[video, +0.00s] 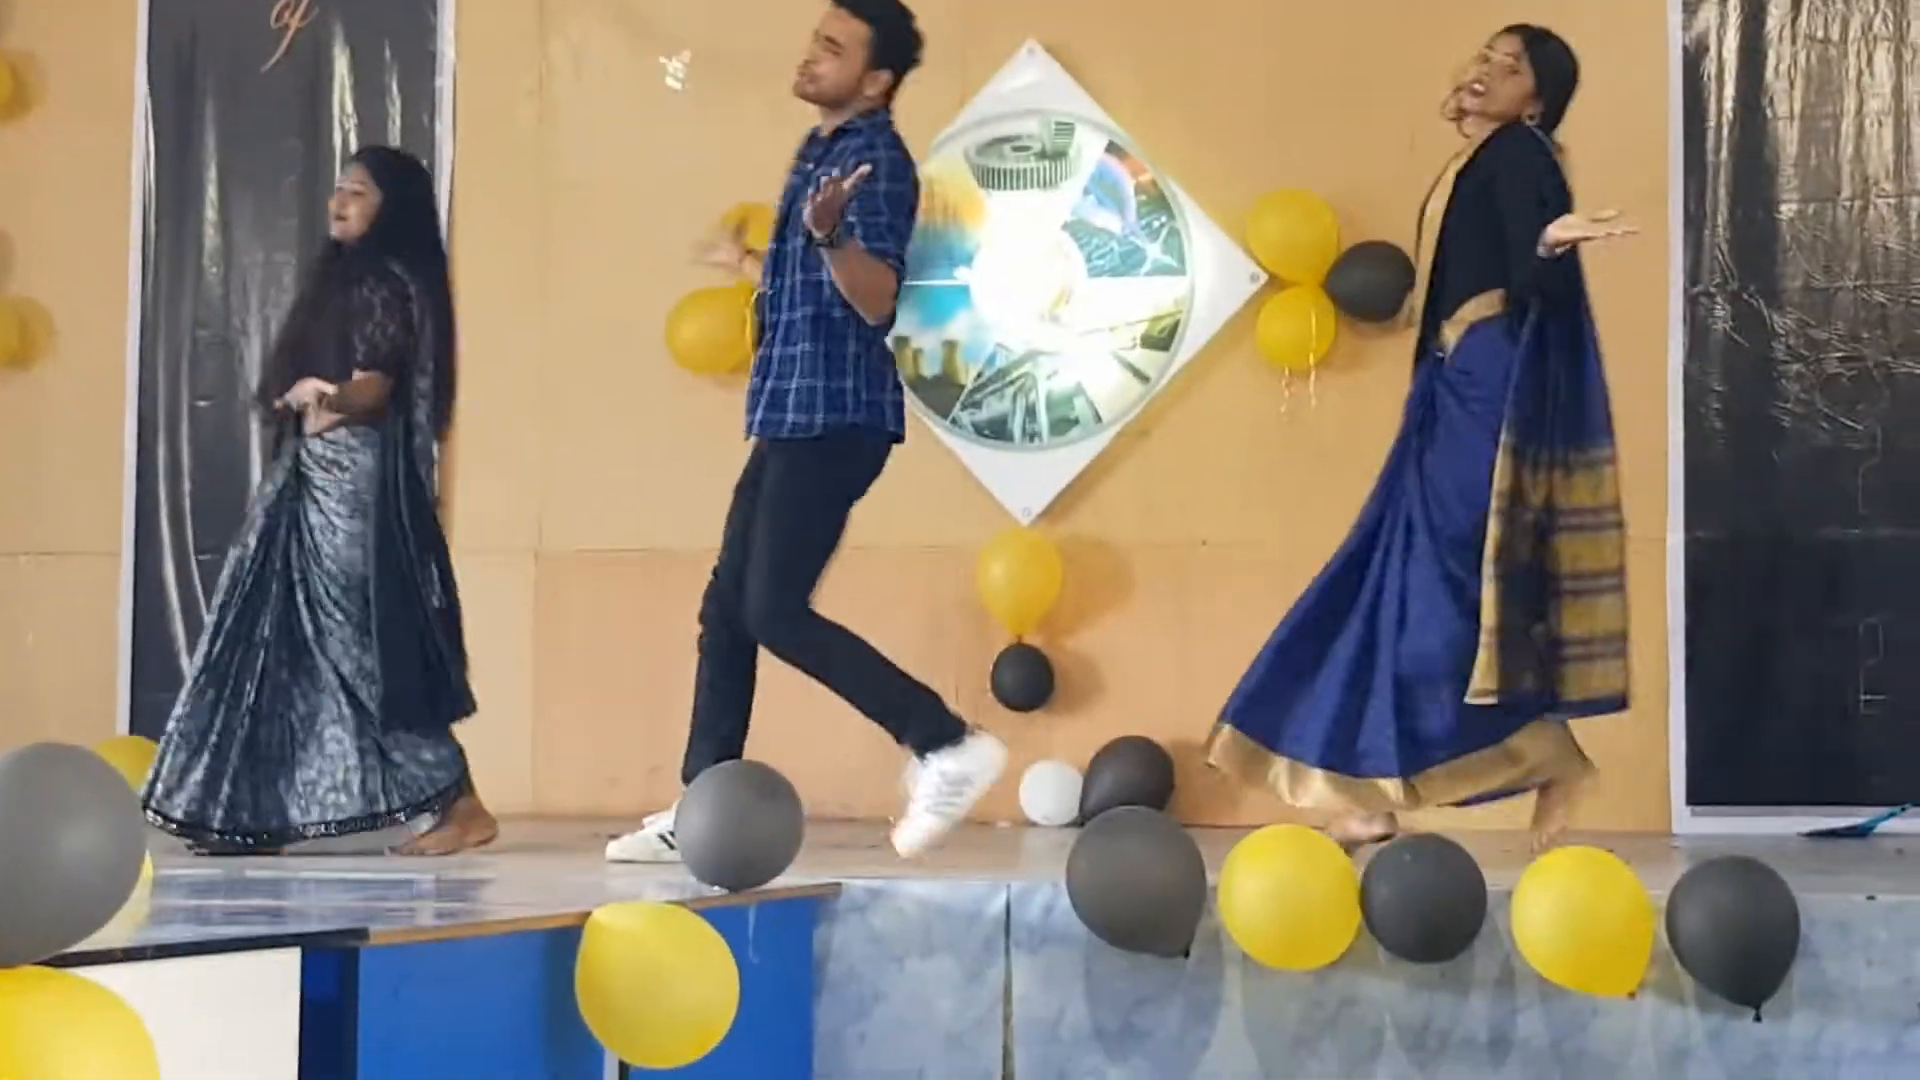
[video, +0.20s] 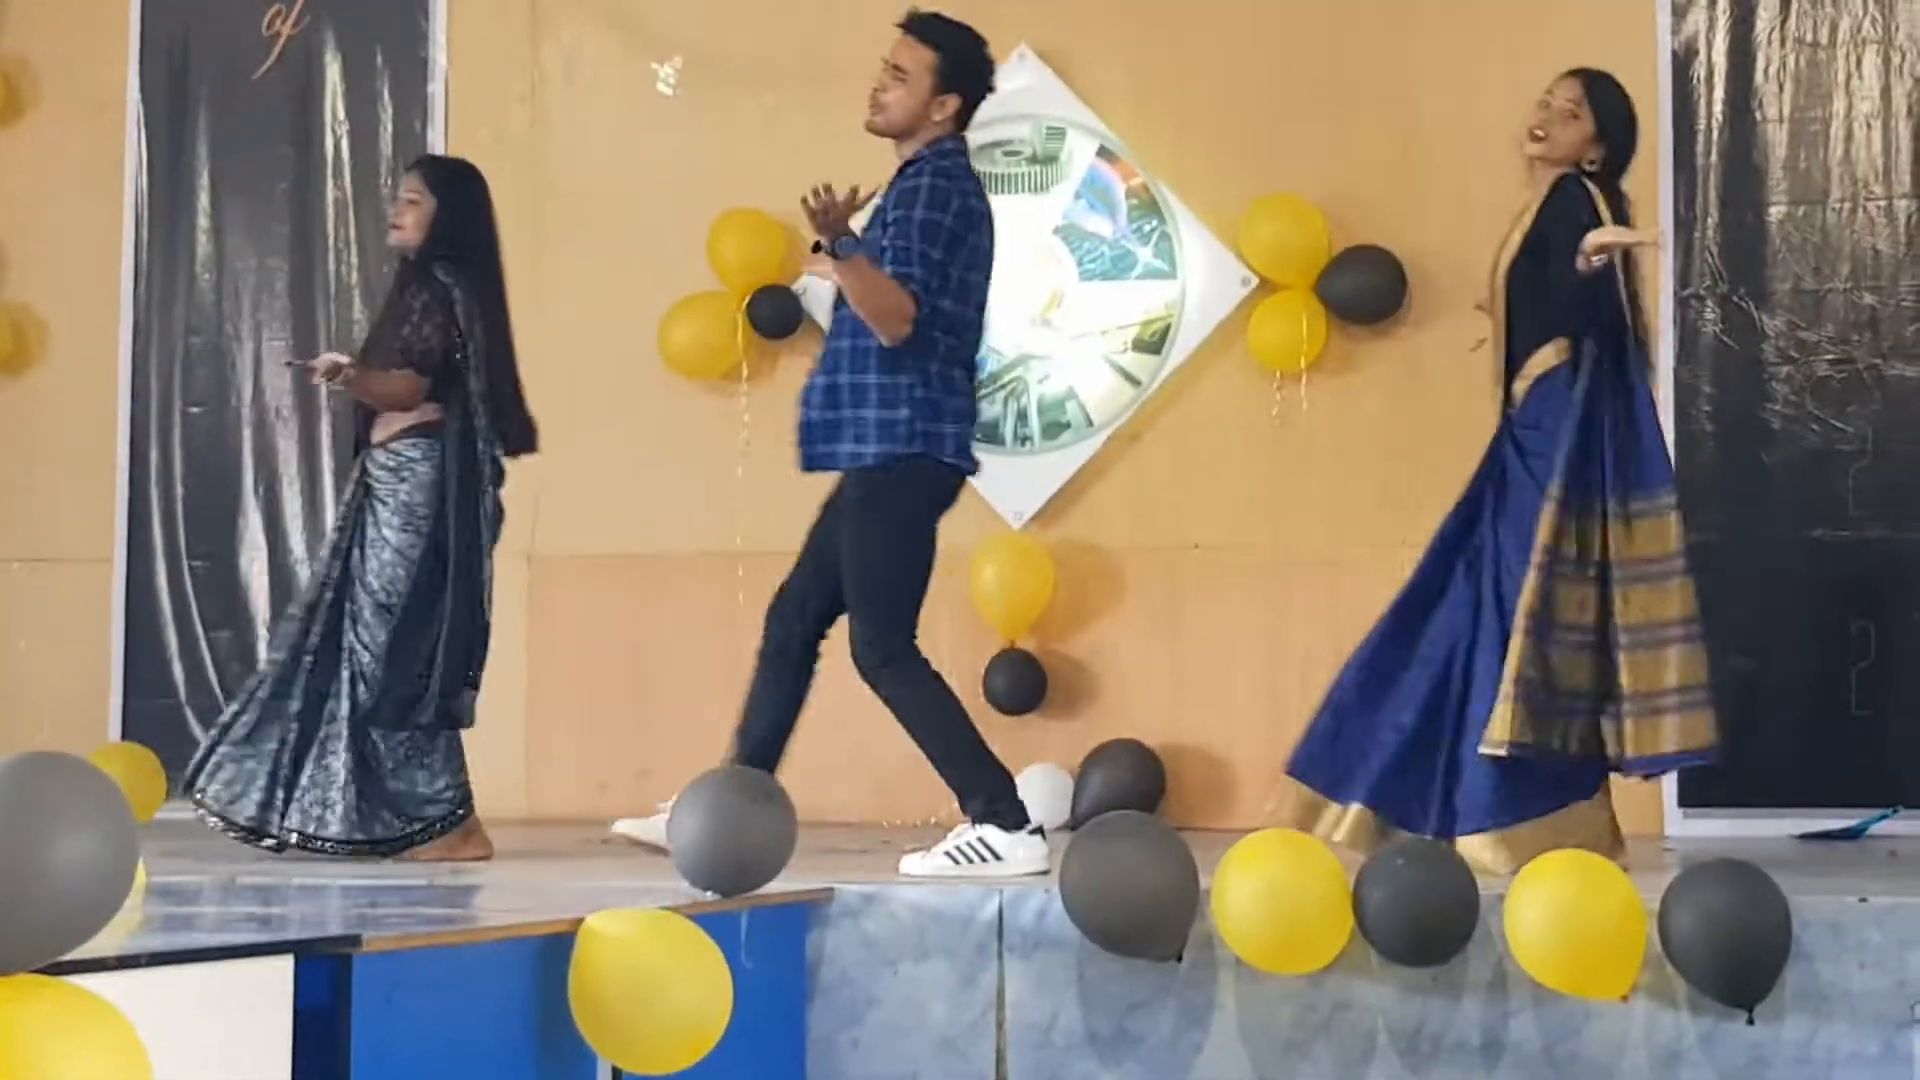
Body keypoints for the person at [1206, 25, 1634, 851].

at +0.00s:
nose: (1483, 69)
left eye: (1506, 66)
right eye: (1485, 55)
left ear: (1534, 99)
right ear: (1472, 73)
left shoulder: (1521, 153)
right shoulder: (1479, 162)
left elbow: (1531, 277)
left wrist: (1549, 238)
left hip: (1495, 383)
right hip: (1451, 386)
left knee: (1468, 570)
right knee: (1402, 574)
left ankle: (1558, 762)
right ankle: (1371, 794)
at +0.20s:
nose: (1543, 116)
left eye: (1566, 110)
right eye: (1544, 101)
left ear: (1597, 140)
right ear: (1534, 117)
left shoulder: (1581, 196)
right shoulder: (1553, 200)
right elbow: (1553, 290)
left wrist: (1617, 244)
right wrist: (1506, 300)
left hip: (1570, 431)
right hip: (1535, 431)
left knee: (1542, 619)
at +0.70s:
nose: (1694, 128)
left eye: (1717, 120)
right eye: (1691, 114)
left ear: (1750, 144)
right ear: (1676, 129)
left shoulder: (1759, 208)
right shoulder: (1678, 220)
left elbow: (1801, 317)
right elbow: (1667, 335)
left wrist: (1814, 241)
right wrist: (1605, 291)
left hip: (1750, 449)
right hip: (1699, 451)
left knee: (1672, 623)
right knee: (1741, 638)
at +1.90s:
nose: (1308, 262)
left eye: (1325, 253)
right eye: (1296, 242)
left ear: (1340, 268)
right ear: (1267, 245)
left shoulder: (1355, 337)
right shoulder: (1227, 327)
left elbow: (1475, 365)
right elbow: (1236, 411)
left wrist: (1518, 276)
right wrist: (1330, 342)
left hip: (1387, 539)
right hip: (1295, 547)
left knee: (1424, 717)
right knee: (1283, 724)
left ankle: (1559, 894)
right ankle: (1245, 919)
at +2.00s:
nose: (1284, 240)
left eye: (1302, 231)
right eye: (1272, 223)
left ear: (1325, 243)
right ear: (1250, 227)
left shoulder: (1350, 317)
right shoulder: (1215, 305)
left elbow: (1458, 347)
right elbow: (1182, 384)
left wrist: (1478, 257)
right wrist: (1287, 314)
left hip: (1362, 534)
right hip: (1265, 541)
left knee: (1390, 705)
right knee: (1271, 711)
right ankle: (1251, 908)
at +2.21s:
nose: (1272, 238)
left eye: (1291, 226)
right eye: (1261, 221)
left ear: (1318, 238)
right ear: (1241, 224)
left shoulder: (1351, 308)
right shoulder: (1208, 306)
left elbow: (1380, 442)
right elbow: (1154, 412)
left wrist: (1384, 368)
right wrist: (1211, 354)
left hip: (1330, 514)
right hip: (1235, 513)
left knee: (1314, 697)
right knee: (1236, 696)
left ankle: (1325, 898)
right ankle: (1241, 895)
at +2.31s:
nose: (1287, 256)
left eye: (1305, 246)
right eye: (1277, 241)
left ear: (1333, 260)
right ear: (1258, 245)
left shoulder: (1353, 344)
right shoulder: (1224, 320)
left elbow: (1353, 470)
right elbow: (1154, 418)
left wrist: (1343, 409)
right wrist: (1183, 354)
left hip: (1325, 543)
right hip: (1236, 537)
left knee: (1313, 715)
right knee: (1234, 709)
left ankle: (1296, 903)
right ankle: (1223, 903)